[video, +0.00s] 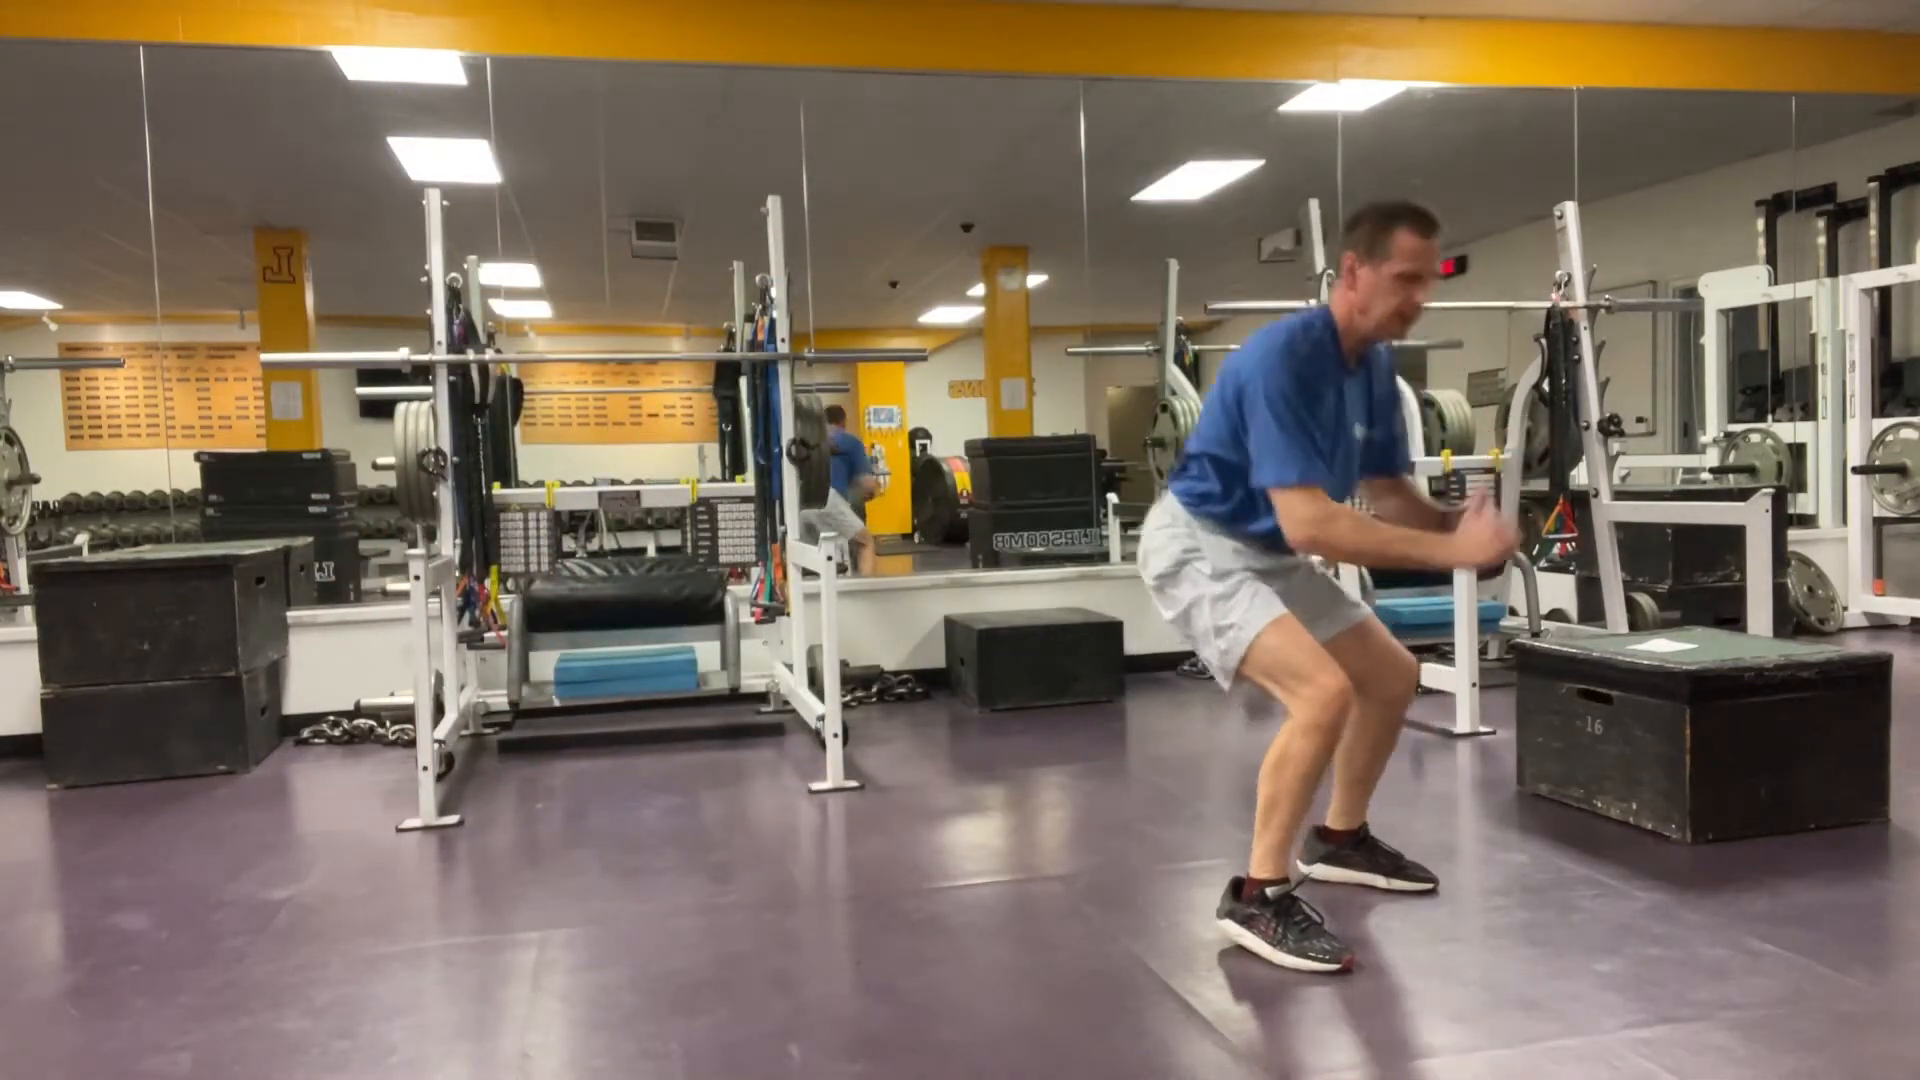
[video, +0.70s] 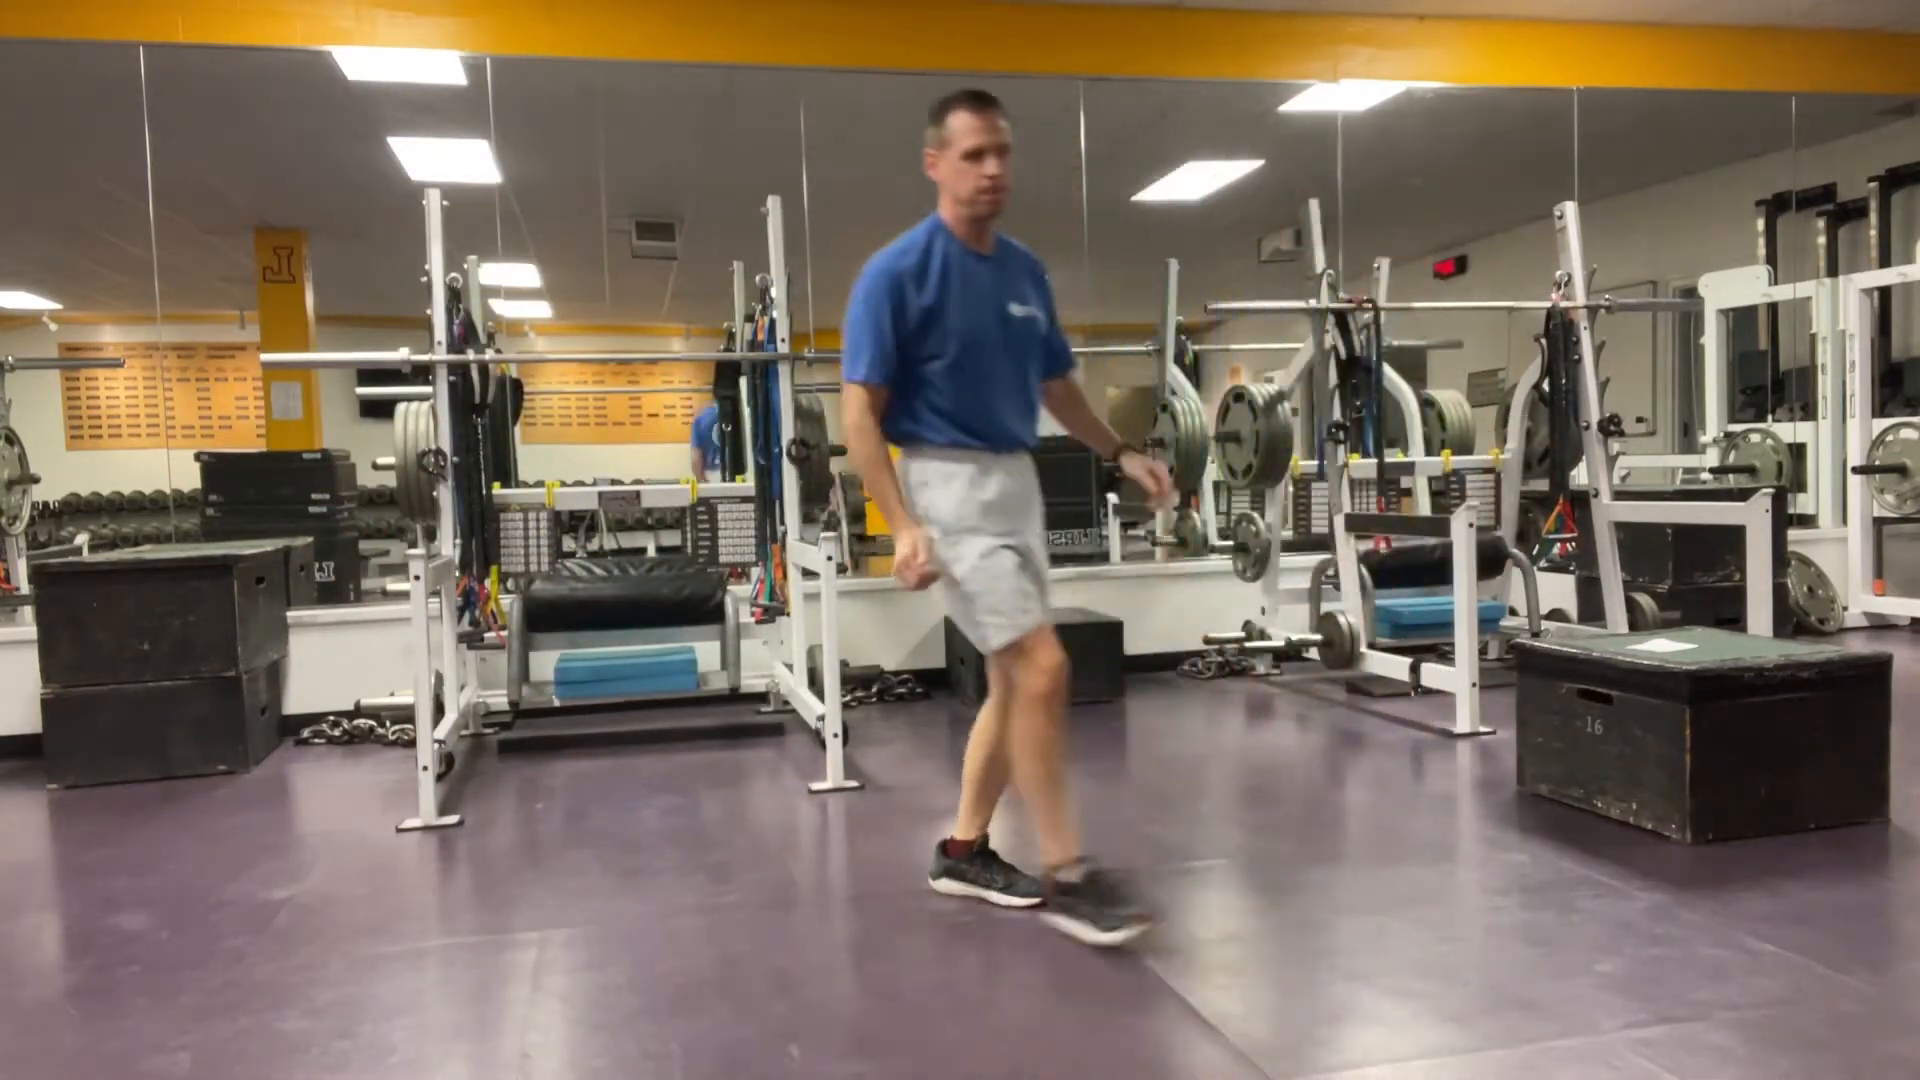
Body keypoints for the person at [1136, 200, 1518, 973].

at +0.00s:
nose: (1421, 300)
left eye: (1428, 282)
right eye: (1407, 280)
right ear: (1353, 275)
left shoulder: (1375, 369)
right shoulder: (1280, 359)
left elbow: (1384, 492)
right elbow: (1307, 526)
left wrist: (1458, 533)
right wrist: (1448, 550)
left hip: (1275, 549)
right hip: (1196, 546)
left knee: (1389, 677)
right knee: (1322, 694)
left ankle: (1341, 838)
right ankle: (1258, 892)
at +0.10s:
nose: (1386, 248)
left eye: (1395, 232)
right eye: (1371, 228)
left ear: (1397, 237)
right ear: (1318, 227)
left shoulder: (1333, 334)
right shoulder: (1248, 320)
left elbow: (1318, 449)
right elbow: (1245, 491)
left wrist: (1367, 531)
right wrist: (1345, 590)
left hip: (1246, 513)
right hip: (1172, 515)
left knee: (1345, 662)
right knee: (1291, 686)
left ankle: (1338, 833)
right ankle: (1256, 897)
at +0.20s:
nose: (1339, 213)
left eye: (1347, 196)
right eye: (1323, 194)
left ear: (1348, 202)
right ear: (1270, 194)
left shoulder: (1290, 298)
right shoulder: (1206, 294)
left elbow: (1265, 432)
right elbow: (1173, 456)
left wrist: (1279, 527)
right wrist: (1222, 584)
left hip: (1218, 498)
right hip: (1151, 500)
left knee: (1313, 651)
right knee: (1262, 679)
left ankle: (1271, 824)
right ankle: (1252, 892)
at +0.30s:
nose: (1280, 201)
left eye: (1286, 184)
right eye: (1262, 184)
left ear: (1284, 190)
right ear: (1207, 186)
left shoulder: (1244, 289)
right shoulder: (1154, 289)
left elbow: (1202, 408)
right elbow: (1079, 441)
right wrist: (1115, 575)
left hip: (1204, 503)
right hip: (1134, 511)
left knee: (1274, 666)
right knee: (1239, 681)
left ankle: (1149, 797)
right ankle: (1251, 897)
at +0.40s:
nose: (1207, 197)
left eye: (1211, 181)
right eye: (1188, 183)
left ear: (1209, 187)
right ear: (1136, 191)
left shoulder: (1196, 298)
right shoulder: (1096, 291)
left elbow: (1166, 411)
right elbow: (1000, 419)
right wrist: (1025, 559)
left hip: (1164, 507)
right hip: (1103, 512)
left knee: (1188, 704)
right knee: (1218, 687)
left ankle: (1049, 796)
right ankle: (1251, 896)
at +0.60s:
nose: (1061, 189)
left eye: (1069, 173)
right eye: (1042, 174)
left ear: (1078, 182)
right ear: (996, 182)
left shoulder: (1075, 290)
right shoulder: (953, 289)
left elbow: (1103, 410)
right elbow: (896, 421)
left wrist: (1155, 494)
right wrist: (912, 540)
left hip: (1061, 499)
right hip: (995, 500)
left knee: (1055, 699)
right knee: (1104, 687)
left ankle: (967, 846)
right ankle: (1195, 876)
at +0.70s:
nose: (992, 171)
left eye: (1002, 155)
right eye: (974, 155)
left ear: (1013, 164)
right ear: (934, 165)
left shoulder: (1022, 270)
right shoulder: (894, 274)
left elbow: (1057, 383)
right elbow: (858, 412)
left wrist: (1120, 456)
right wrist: (902, 524)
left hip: (1014, 477)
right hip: (940, 480)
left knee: (1012, 681)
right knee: (1042, 668)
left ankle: (964, 847)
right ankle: (1066, 873)